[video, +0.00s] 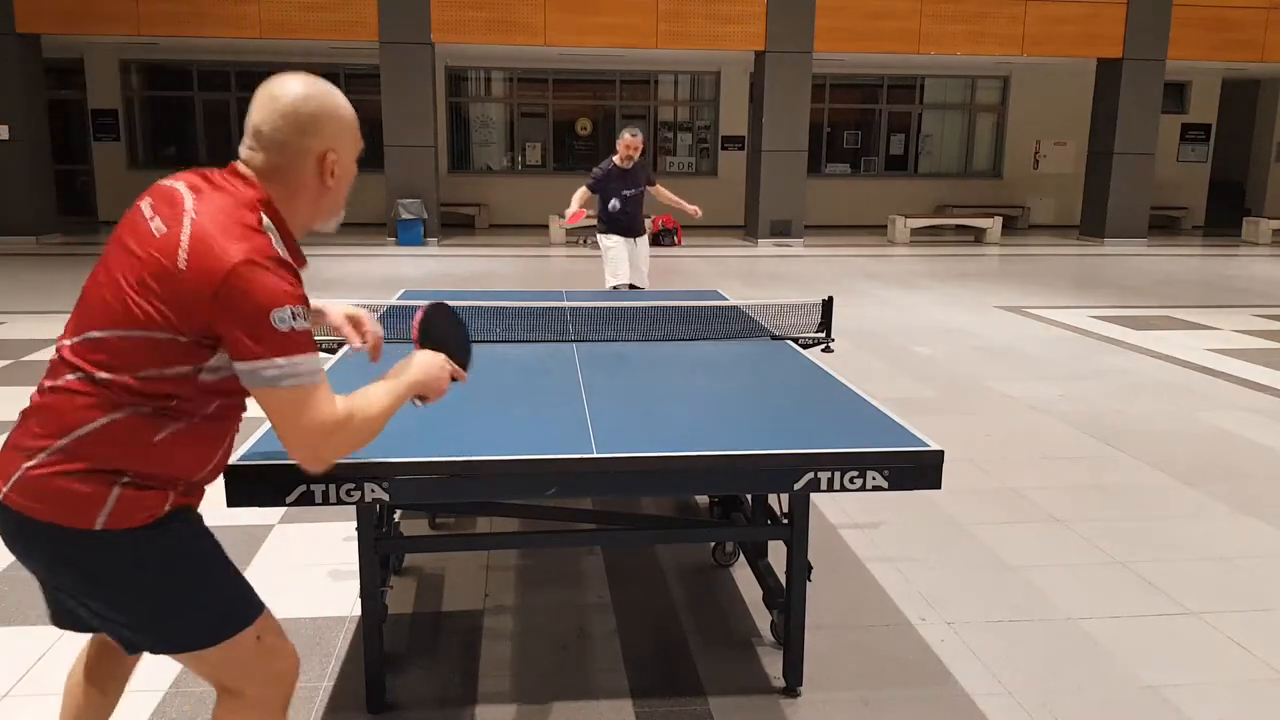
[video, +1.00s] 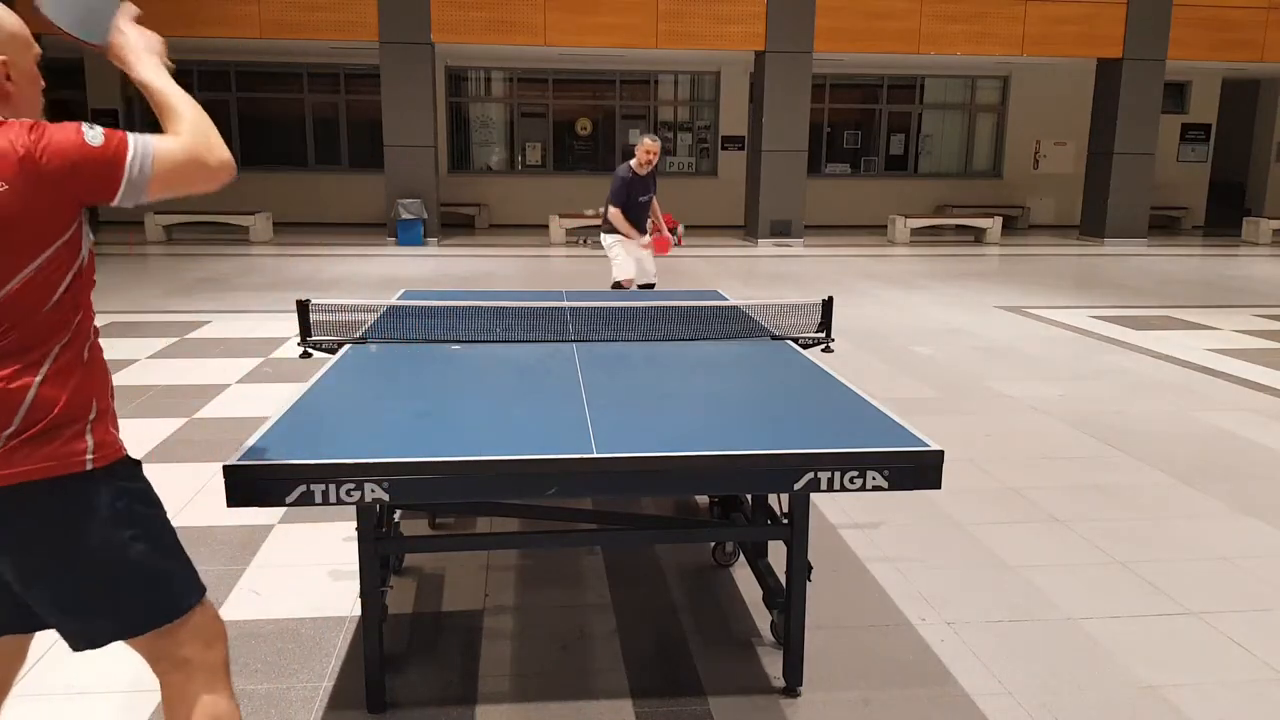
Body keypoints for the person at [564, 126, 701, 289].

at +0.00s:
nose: (632, 153)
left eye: (636, 149)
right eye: (628, 148)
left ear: (641, 149)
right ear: (618, 145)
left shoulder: (641, 167)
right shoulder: (605, 171)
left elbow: (656, 190)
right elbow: (583, 192)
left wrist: (686, 207)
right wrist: (574, 207)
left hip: (638, 235)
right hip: (612, 236)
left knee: (639, 288)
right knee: (619, 287)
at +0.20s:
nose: (631, 154)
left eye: (635, 149)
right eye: (627, 149)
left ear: (641, 150)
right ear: (618, 148)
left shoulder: (643, 172)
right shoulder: (606, 173)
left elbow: (659, 200)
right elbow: (584, 201)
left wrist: (668, 221)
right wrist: (586, 219)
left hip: (638, 240)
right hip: (610, 239)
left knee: (637, 290)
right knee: (613, 286)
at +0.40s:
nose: (629, 141)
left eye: (633, 137)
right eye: (625, 137)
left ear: (639, 139)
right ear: (617, 138)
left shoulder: (642, 164)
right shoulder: (604, 164)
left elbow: (652, 194)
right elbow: (585, 194)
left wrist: (648, 215)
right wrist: (588, 219)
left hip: (635, 232)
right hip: (607, 232)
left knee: (631, 283)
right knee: (604, 282)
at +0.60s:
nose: (628, 146)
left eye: (632, 142)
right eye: (624, 141)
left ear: (637, 145)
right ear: (615, 143)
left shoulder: (638, 169)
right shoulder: (601, 170)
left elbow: (643, 198)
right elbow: (585, 203)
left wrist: (646, 224)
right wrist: (589, 234)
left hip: (630, 236)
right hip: (602, 238)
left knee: (643, 279)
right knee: (597, 286)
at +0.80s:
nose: (638, 148)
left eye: (642, 144)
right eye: (634, 143)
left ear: (647, 146)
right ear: (624, 143)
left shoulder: (642, 167)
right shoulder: (609, 167)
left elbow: (643, 193)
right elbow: (586, 198)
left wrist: (648, 221)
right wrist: (602, 226)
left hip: (632, 234)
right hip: (605, 234)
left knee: (642, 278)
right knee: (602, 284)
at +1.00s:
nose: (651, 158)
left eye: (655, 154)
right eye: (647, 152)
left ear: (658, 155)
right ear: (636, 151)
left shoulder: (650, 172)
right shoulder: (623, 175)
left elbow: (651, 200)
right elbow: (613, 213)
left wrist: (663, 230)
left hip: (640, 236)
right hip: (616, 234)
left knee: (648, 281)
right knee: (625, 279)